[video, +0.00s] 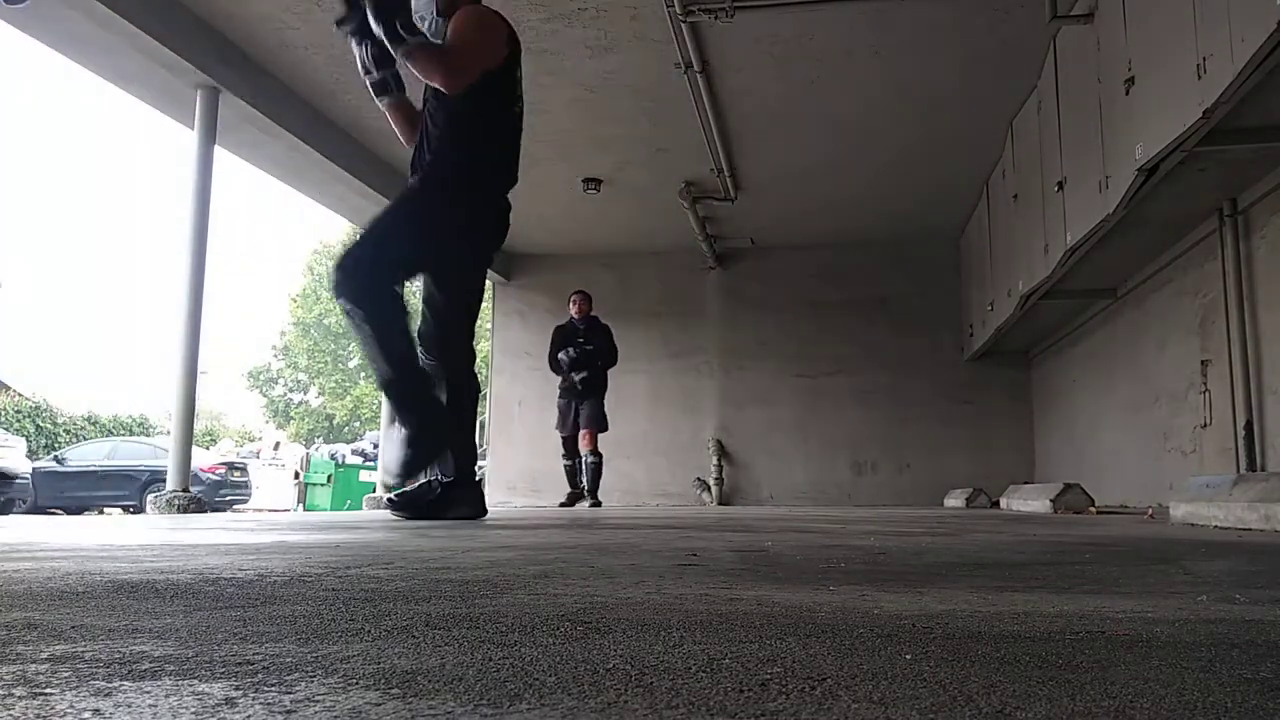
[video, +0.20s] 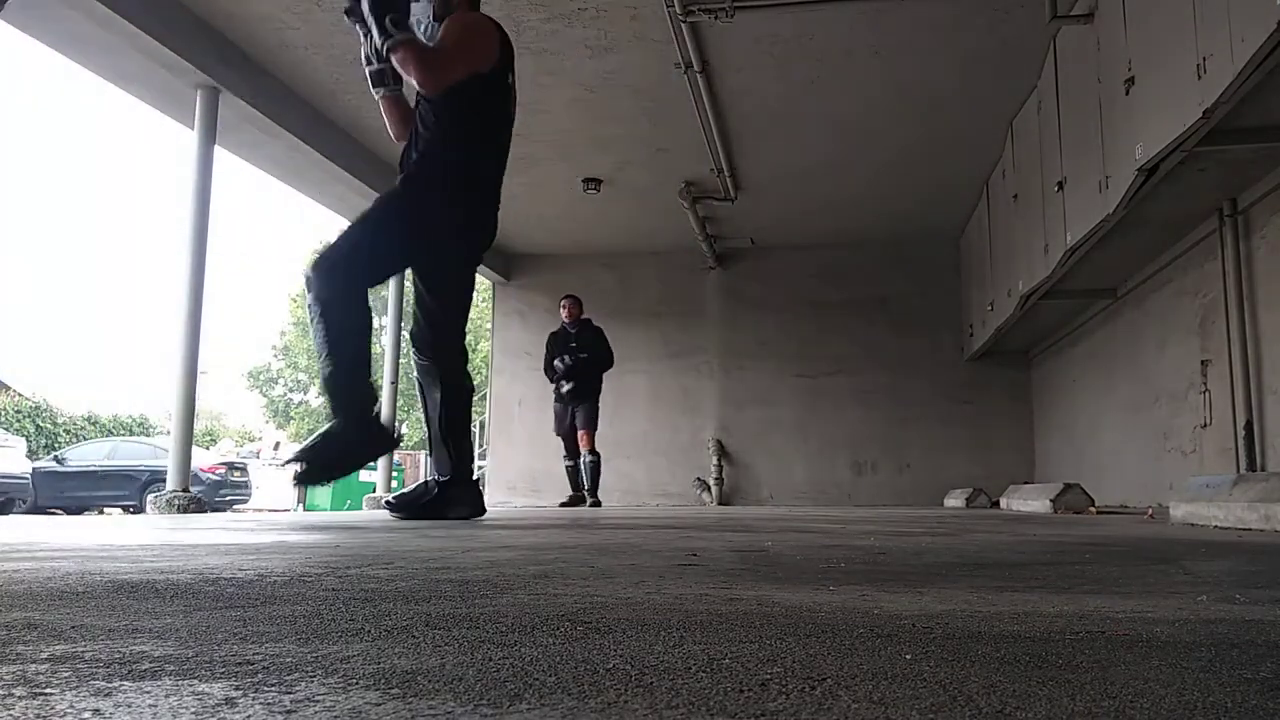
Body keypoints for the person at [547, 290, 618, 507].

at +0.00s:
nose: (578, 306)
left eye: (582, 302)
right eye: (574, 303)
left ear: (590, 307)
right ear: (569, 307)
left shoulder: (601, 329)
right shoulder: (561, 331)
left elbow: (612, 357)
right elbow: (553, 362)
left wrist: (591, 371)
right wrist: (567, 369)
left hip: (592, 393)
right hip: (567, 393)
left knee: (588, 438)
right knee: (568, 440)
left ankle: (591, 493)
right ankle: (575, 489)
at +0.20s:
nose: (567, 311)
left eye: (572, 307)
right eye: (564, 308)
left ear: (580, 310)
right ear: (559, 312)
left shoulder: (593, 332)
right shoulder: (555, 337)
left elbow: (607, 360)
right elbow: (548, 367)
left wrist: (580, 366)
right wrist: (559, 380)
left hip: (587, 395)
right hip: (563, 398)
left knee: (585, 439)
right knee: (569, 444)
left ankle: (592, 494)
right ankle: (577, 492)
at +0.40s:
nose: (563, 312)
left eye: (567, 308)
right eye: (559, 308)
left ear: (576, 310)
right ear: (555, 312)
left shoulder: (589, 332)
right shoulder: (551, 338)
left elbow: (601, 360)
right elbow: (547, 369)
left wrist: (579, 369)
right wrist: (554, 384)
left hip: (585, 395)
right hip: (562, 397)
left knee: (584, 440)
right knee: (568, 443)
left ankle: (590, 493)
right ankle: (576, 492)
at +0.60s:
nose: (562, 313)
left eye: (566, 309)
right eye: (558, 309)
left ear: (575, 311)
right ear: (554, 313)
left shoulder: (588, 333)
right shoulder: (550, 340)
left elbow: (599, 361)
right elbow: (546, 372)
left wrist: (578, 368)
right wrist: (553, 376)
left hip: (584, 395)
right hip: (560, 398)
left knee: (583, 440)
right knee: (567, 443)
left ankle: (590, 493)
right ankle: (576, 492)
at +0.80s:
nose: (563, 313)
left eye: (567, 309)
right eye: (560, 309)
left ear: (576, 312)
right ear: (555, 314)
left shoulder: (589, 333)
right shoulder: (550, 340)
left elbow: (601, 360)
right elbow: (546, 368)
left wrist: (582, 371)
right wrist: (552, 384)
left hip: (583, 396)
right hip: (560, 398)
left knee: (584, 440)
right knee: (567, 444)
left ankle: (590, 493)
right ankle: (576, 492)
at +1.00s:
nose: (563, 313)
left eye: (568, 309)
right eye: (560, 309)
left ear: (576, 312)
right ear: (555, 314)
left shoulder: (589, 333)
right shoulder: (550, 340)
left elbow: (603, 360)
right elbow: (547, 369)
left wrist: (580, 364)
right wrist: (554, 382)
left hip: (585, 396)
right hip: (562, 399)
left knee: (585, 439)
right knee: (568, 444)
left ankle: (591, 492)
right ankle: (576, 492)